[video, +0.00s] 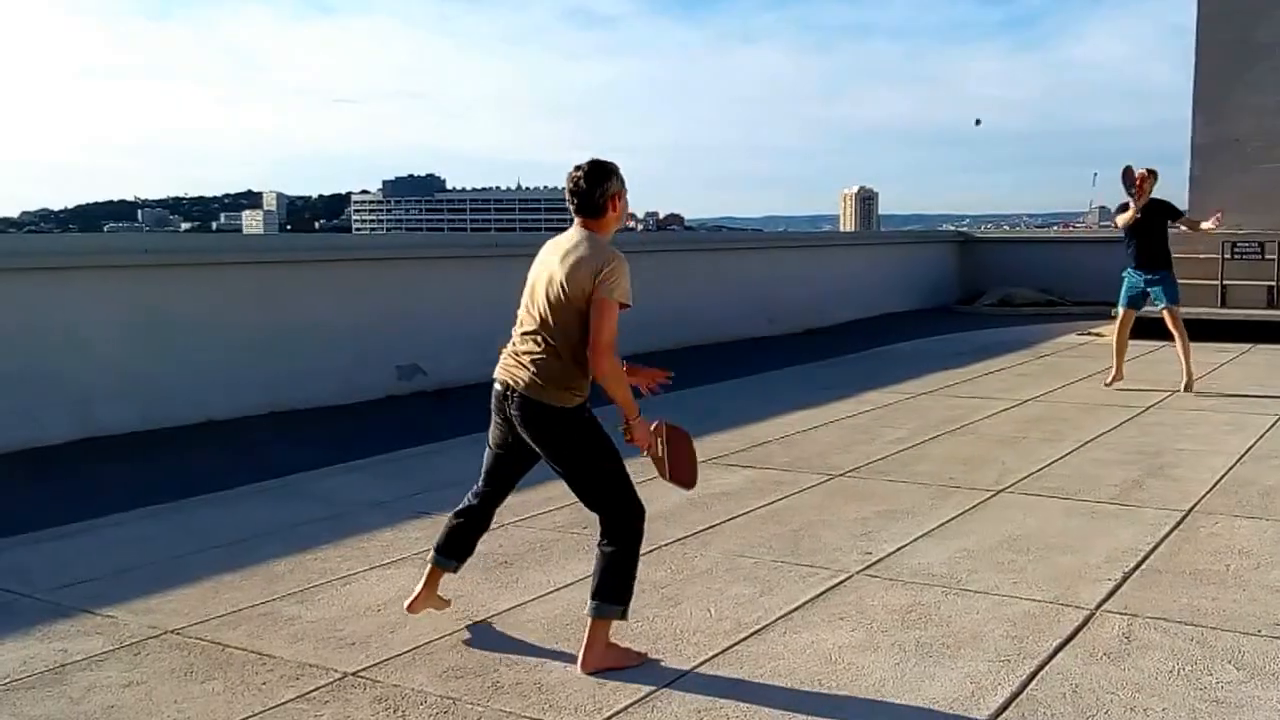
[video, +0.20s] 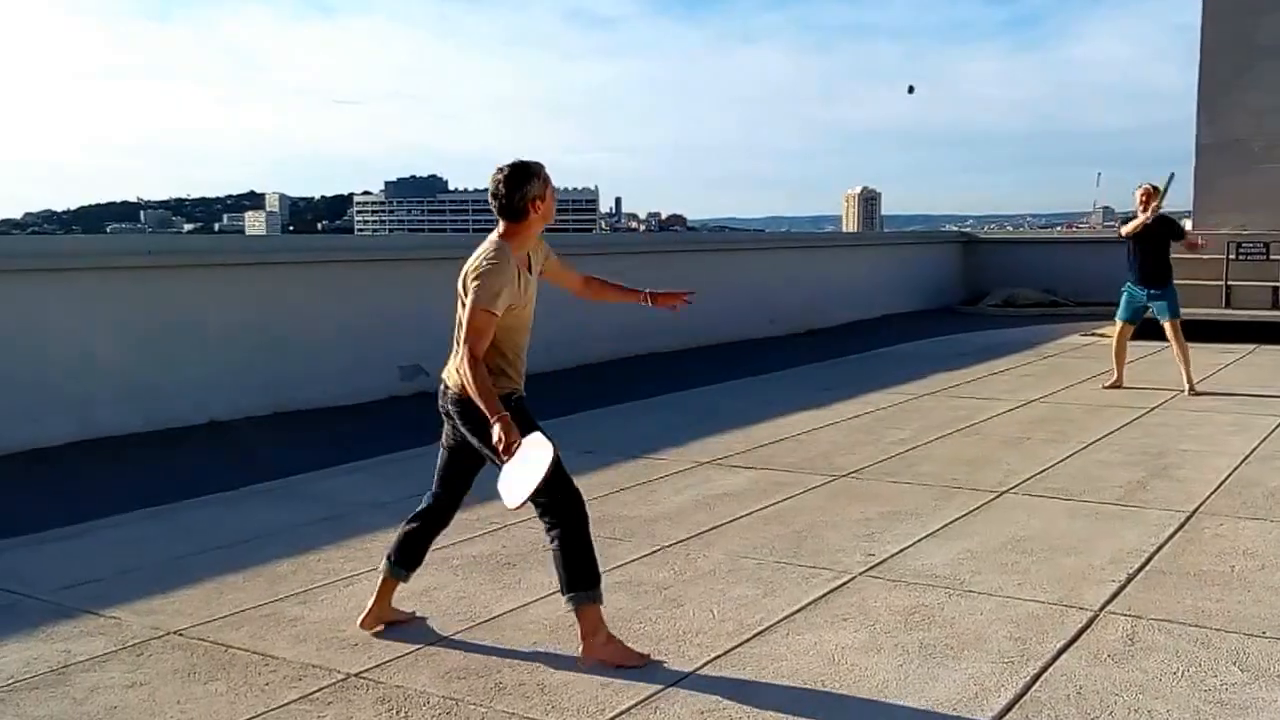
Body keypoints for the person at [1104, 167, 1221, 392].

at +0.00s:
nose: (1140, 185)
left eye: (1145, 182)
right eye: (1138, 180)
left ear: (1152, 185)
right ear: (1133, 183)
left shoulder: (1162, 207)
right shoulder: (1124, 208)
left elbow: (1188, 224)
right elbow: (1120, 223)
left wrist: (1207, 225)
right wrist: (1135, 208)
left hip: (1161, 274)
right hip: (1134, 273)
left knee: (1174, 324)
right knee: (1122, 322)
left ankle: (1187, 374)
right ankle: (1117, 370)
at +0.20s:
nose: (1144, 199)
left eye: (1148, 195)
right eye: (1141, 195)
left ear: (1156, 200)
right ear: (1135, 199)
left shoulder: (1165, 222)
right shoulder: (1129, 222)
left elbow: (1186, 242)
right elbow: (1125, 232)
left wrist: (1196, 245)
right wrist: (1145, 218)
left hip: (1162, 289)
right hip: (1134, 288)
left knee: (1173, 333)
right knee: (1120, 333)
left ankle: (1188, 382)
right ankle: (1117, 377)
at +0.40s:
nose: (1151, 203)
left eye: (1155, 199)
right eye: (1148, 199)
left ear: (1162, 203)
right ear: (1142, 202)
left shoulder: (1173, 227)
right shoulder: (1132, 228)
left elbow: (1179, 260)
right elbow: (1125, 259)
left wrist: (1178, 284)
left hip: (1165, 290)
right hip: (1138, 289)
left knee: (1178, 335)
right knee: (1121, 334)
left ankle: (1196, 378)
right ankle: (1121, 378)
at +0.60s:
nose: (1160, 199)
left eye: (1164, 195)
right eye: (1156, 195)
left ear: (1171, 197)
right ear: (1151, 198)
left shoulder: (1185, 221)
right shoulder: (1146, 225)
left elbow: (1200, 252)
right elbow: (1132, 257)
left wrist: (1196, 281)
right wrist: (1123, 284)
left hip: (1178, 290)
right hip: (1151, 287)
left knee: (1187, 335)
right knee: (1134, 331)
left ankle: (1199, 382)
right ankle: (1125, 377)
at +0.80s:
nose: (1163, 194)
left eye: (1168, 190)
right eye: (1160, 190)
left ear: (1177, 191)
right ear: (1156, 191)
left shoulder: (1191, 210)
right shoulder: (1159, 214)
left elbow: (1210, 238)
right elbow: (1155, 244)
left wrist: (1206, 267)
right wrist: (1133, 264)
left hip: (1190, 278)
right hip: (1166, 277)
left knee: (1202, 326)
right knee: (1151, 322)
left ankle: (1220, 373)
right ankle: (1148, 367)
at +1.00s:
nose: (1173, 212)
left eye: (1177, 208)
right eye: (1170, 208)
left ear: (1187, 208)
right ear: (1167, 211)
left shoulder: (1199, 228)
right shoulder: (1177, 234)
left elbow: (1216, 249)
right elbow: (1172, 260)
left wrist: (1207, 270)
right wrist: (1146, 260)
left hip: (1204, 295)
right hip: (1181, 294)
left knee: (1207, 343)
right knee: (1156, 334)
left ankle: (1240, 382)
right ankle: (1155, 377)